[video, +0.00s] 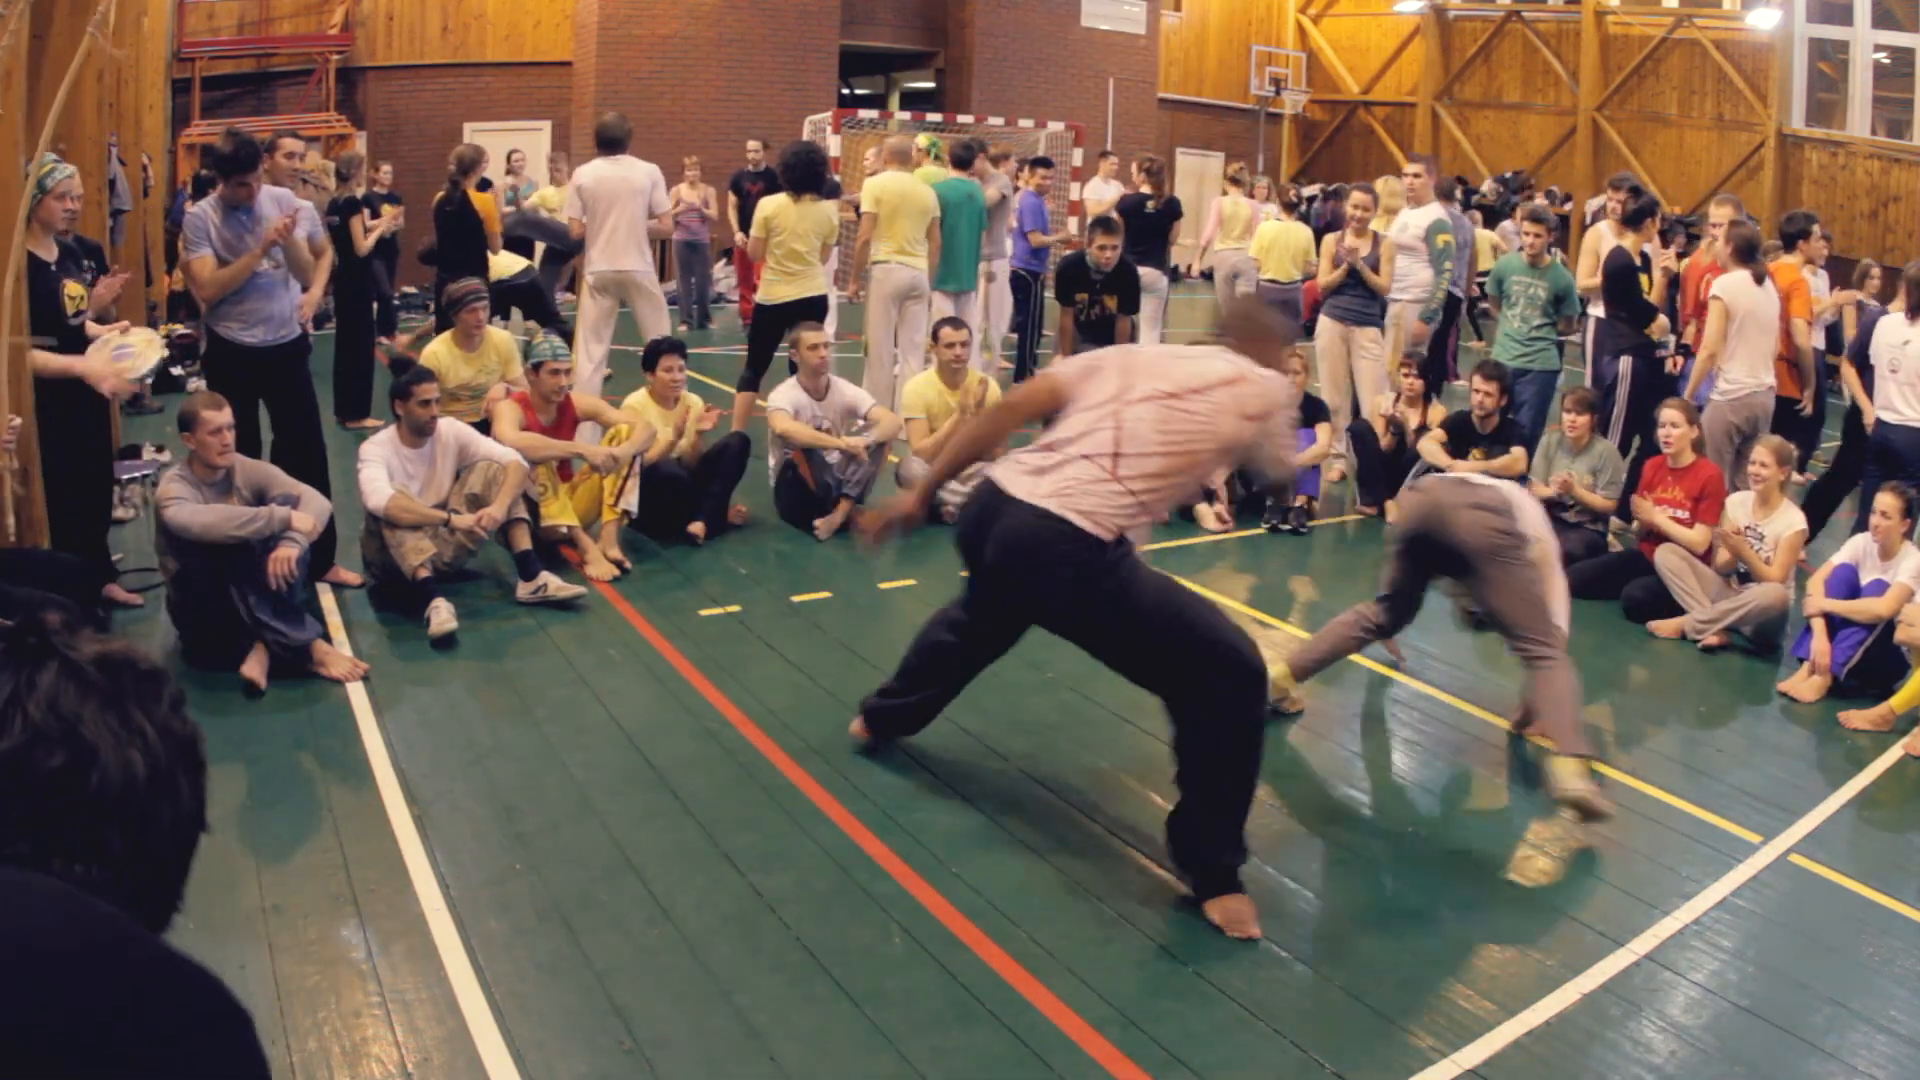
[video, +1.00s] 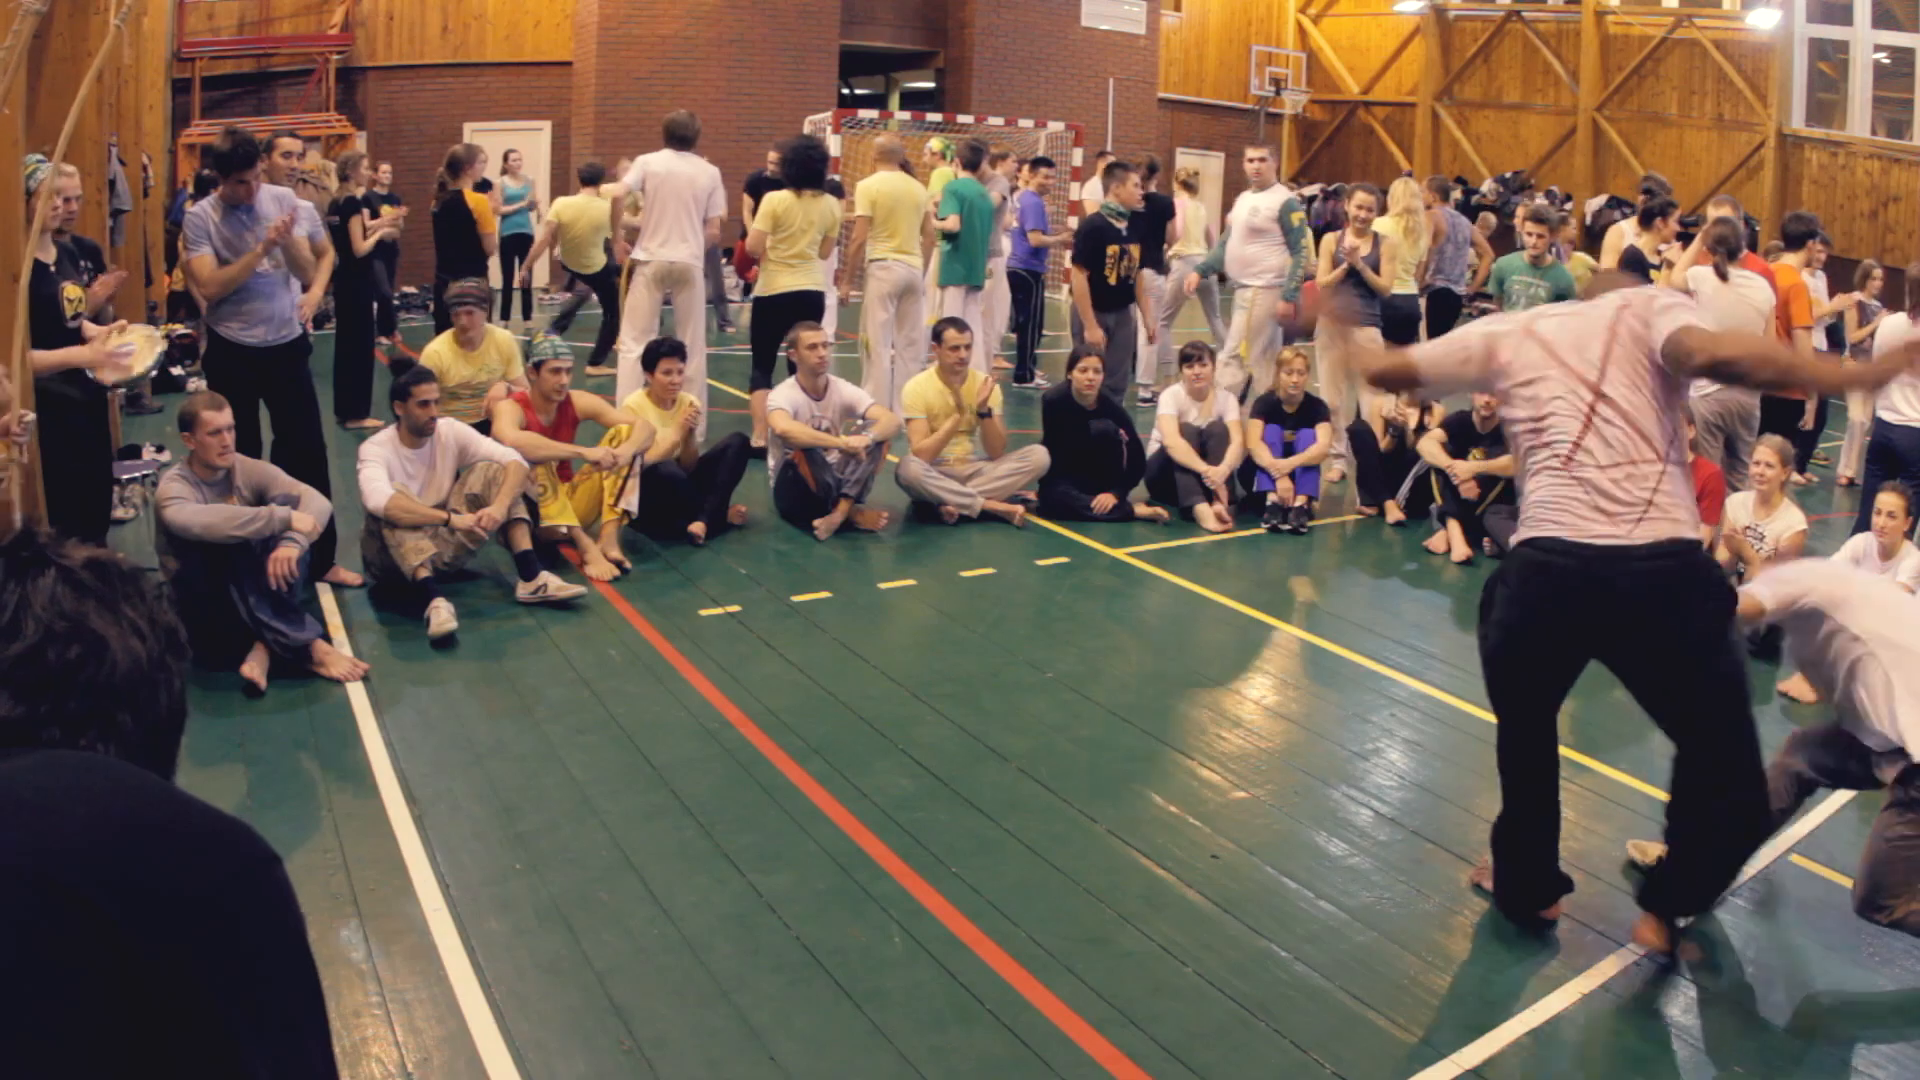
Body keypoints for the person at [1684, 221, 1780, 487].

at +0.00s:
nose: (1716, 247)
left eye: (1720, 241)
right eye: (1717, 240)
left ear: (1731, 248)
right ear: (1752, 249)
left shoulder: (1723, 285)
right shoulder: (1769, 286)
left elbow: (1710, 349)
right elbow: (1775, 346)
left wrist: (1688, 394)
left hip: (1729, 396)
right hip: (1765, 394)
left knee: (1713, 482)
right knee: (1746, 483)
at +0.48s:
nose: (1711, 238)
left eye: (1715, 236)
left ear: (1718, 247)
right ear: (1750, 248)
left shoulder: (1705, 283)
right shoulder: (1768, 288)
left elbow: (1690, 345)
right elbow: (1774, 349)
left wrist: (1679, 363)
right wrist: (1752, 368)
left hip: (1713, 390)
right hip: (1753, 391)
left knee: (1708, 477)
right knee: (1744, 476)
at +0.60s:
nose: (1708, 240)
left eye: (1712, 237)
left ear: (1715, 246)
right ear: (1748, 248)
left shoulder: (1703, 282)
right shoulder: (1767, 287)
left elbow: (1676, 333)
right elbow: (1776, 350)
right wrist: (1752, 367)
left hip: (1710, 391)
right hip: (1751, 392)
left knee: (1708, 475)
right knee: (1744, 475)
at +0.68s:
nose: (1707, 244)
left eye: (1710, 239)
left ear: (1713, 247)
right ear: (1747, 249)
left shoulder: (1703, 280)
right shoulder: (1767, 287)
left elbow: (1670, 317)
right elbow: (1776, 350)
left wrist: (1680, 274)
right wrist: (1751, 368)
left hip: (1710, 390)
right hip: (1751, 391)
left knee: (1708, 474)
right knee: (1744, 474)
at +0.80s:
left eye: (1718, 248)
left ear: (1716, 251)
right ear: (1744, 250)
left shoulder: (1706, 282)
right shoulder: (1766, 288)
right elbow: (1769, 349)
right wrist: (1754, 377)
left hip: (1711, 391)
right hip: (1750, 390)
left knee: (1708, 472)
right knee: (1742, 473)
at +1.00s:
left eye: (1705, 244)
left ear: (1708, 248)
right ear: (1740, 249)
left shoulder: (1699, 277)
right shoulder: (1763, 286)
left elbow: (1676, 279)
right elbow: (1770, 343)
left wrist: (1698, 241)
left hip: (1707, 388)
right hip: (1747, 390)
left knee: (1708, 470)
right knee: (1742, 471)